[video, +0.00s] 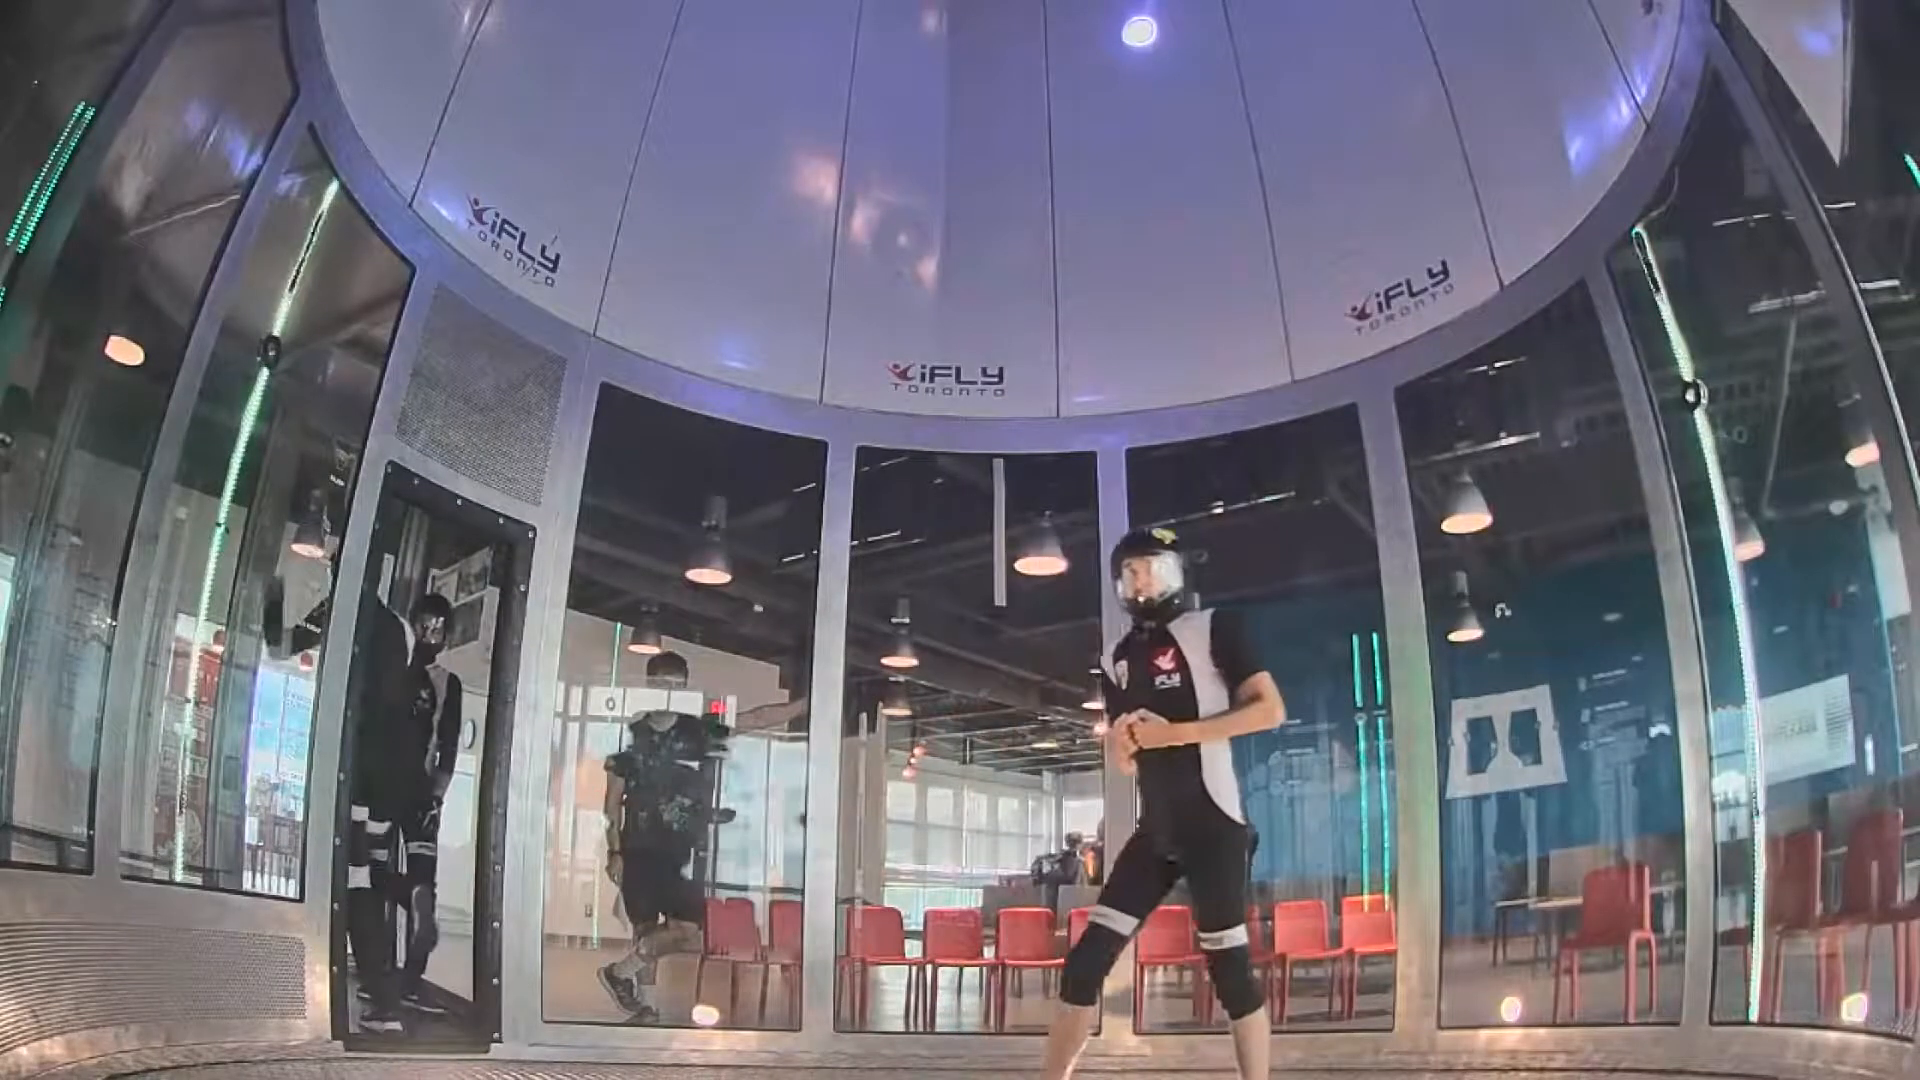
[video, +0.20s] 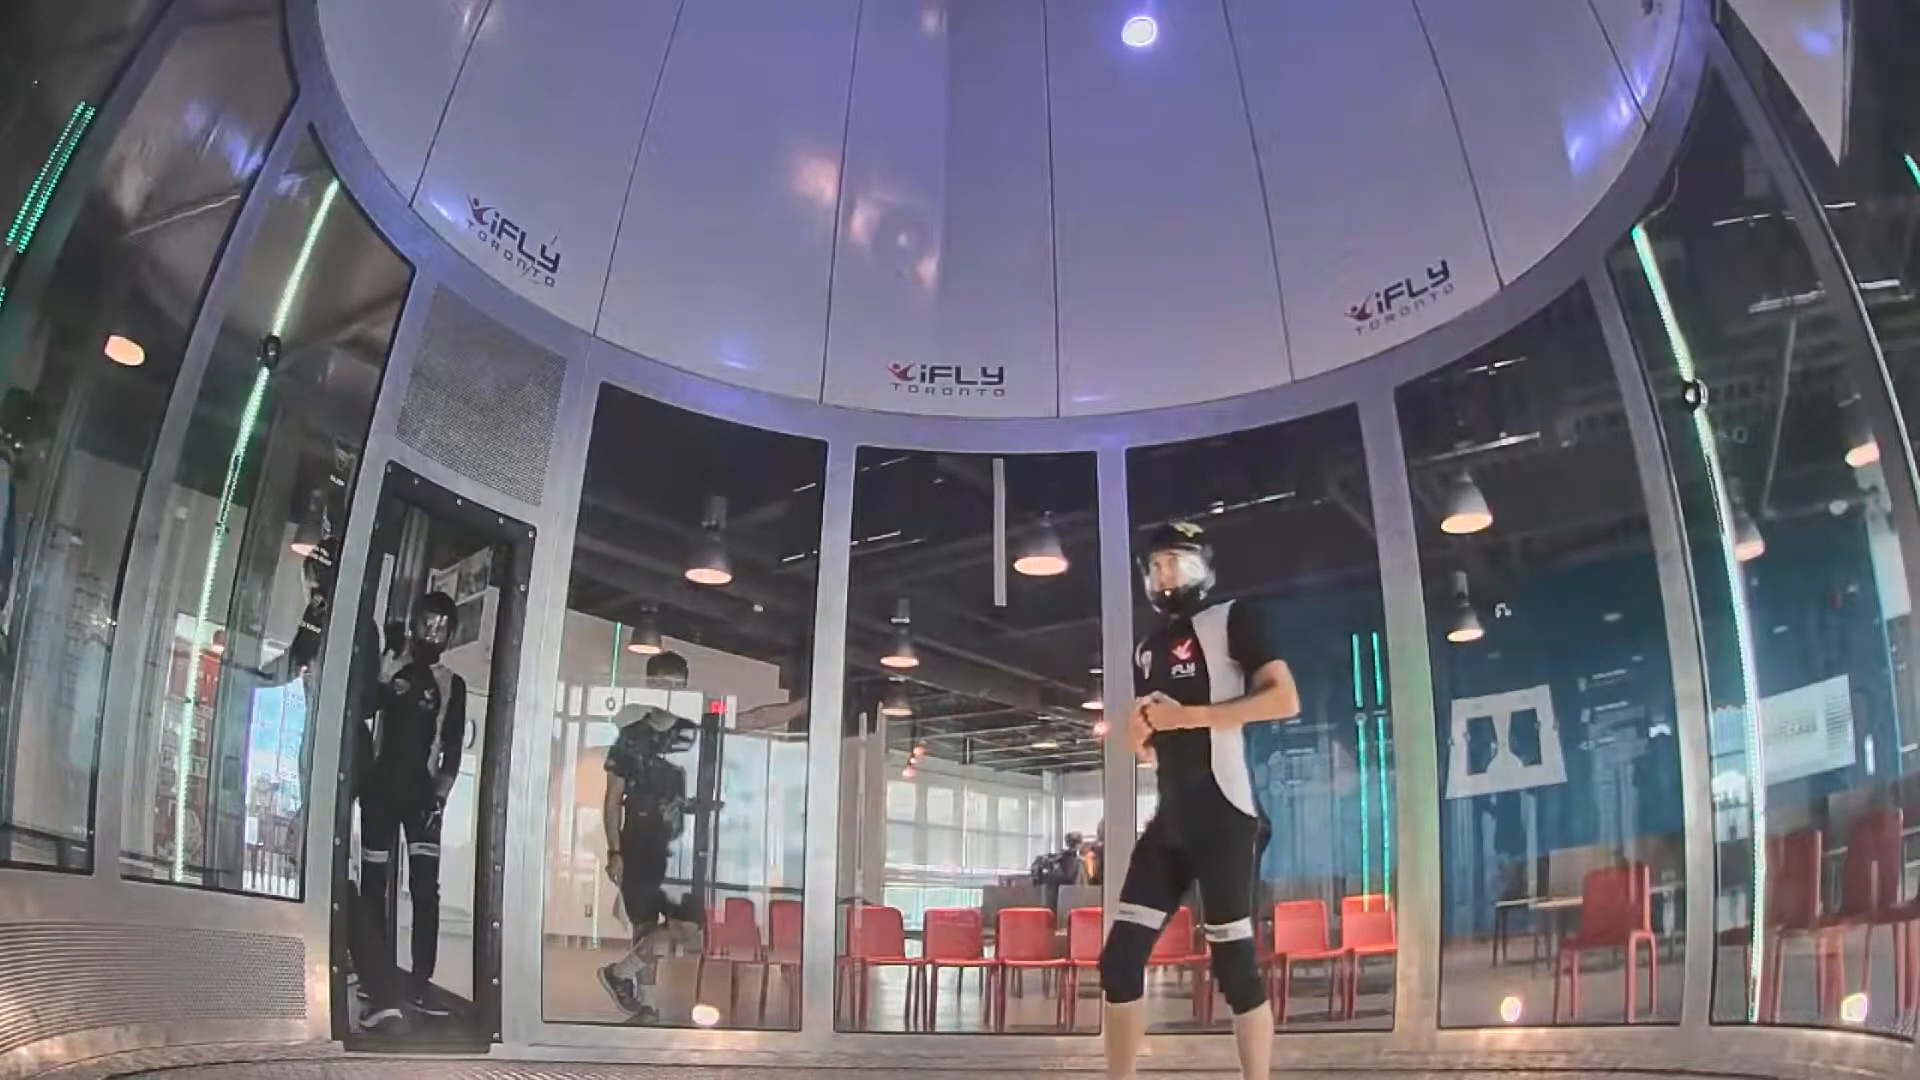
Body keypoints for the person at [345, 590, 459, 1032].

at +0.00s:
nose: (430, 635)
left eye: (438, 628)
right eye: (424, 626)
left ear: (446, 634)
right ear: (410, 627)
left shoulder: (448, 683)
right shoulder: (393, 673)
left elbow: (449, 743)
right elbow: (376, 731)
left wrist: (437, 794)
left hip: (421, 796)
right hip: (383, 791)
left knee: (420, 896)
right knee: (381, 892)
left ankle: (412, 978)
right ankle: (378, 978)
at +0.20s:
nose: (433, 630)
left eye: (441, 625)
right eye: (427, 621)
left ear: (450, 632)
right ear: (414, 622)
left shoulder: (452, 684)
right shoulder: (391, 664)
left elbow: (453, 748)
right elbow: (360, 708)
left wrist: (440, 795)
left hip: (423, 793)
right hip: (379, 786)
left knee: (425, 889)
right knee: (375, 887)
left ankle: (420, 983)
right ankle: (376, 989)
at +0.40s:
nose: (435, 633)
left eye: (443, 626)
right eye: (428, 624)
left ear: (452, 630)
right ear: (415, 625)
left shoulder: (458, 682)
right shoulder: (397, 665)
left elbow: (460, 746)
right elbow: (381, 698)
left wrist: (450, 798)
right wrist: (397, 651)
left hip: (430, 795)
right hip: (385, 789)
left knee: (428, 892)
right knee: (379, 887)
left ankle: (422, 986)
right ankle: (381, 979)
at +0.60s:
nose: (443, 622)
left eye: (451, 614)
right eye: (436, 612)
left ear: (462, 620)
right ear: (422, 615)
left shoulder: (468, 673)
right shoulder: (402, 658)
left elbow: (470, 740)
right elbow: (392, 682)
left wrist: (470, 799)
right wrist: (410, 634)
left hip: (442, 789)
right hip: (396, 782)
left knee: (436, 892)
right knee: (382, 883)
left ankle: (423, 986)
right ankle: (380, 966)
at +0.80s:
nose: (446, 614)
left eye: (455, 606)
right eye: (439, 604)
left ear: (467, 611)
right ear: (427, 606)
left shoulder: (473, 665)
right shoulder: (403, 649)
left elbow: (481, 733)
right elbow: (385, 705)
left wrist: (479, 795)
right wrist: (403, 661)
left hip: (445, 784)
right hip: (398, 777)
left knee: (436, 893)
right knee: (384, 883)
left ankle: (422, 989)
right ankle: (380, 984)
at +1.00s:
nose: (446, 608)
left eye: (455, 602)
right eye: (440, 599)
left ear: (466, 607)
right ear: (427, 601)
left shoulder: (473, 662)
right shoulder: (399, 645)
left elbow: (479, 731)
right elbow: (367, 708)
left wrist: (473, 789)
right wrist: (397, 688)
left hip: (444, 784)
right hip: (394, 778)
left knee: (434, 895)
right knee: (385, 887)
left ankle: (418, 994)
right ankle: (386, 996)